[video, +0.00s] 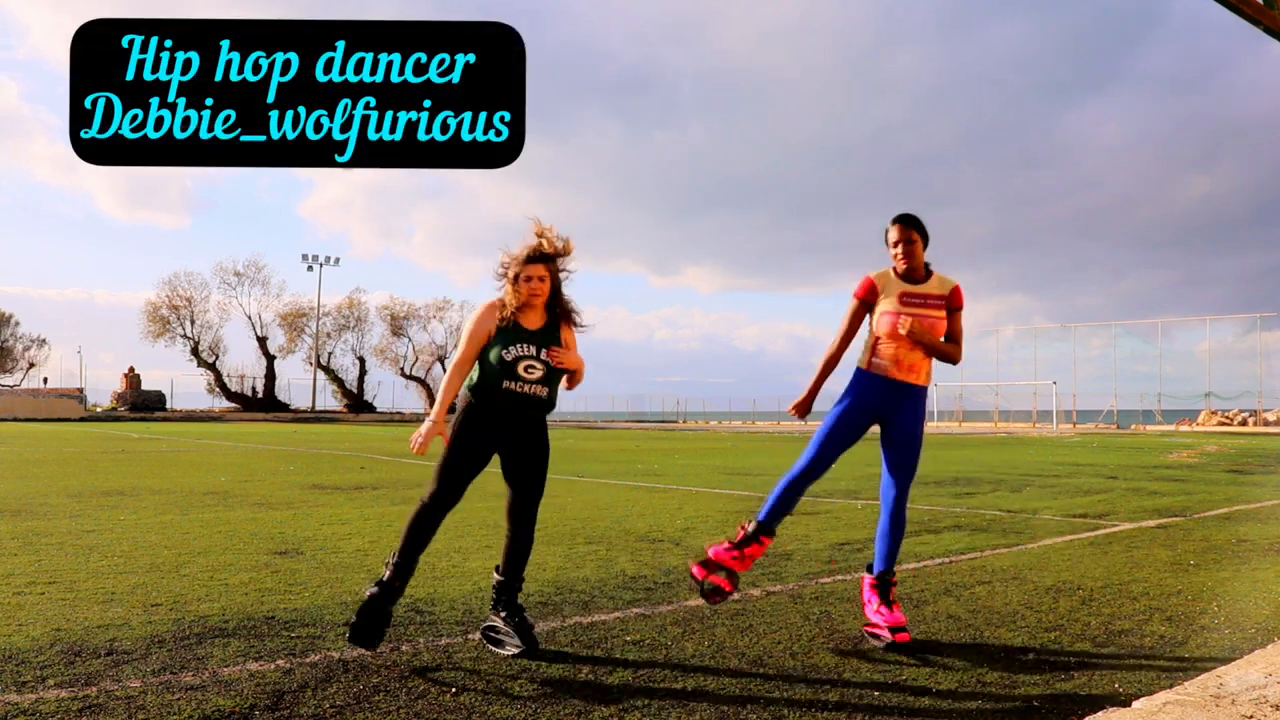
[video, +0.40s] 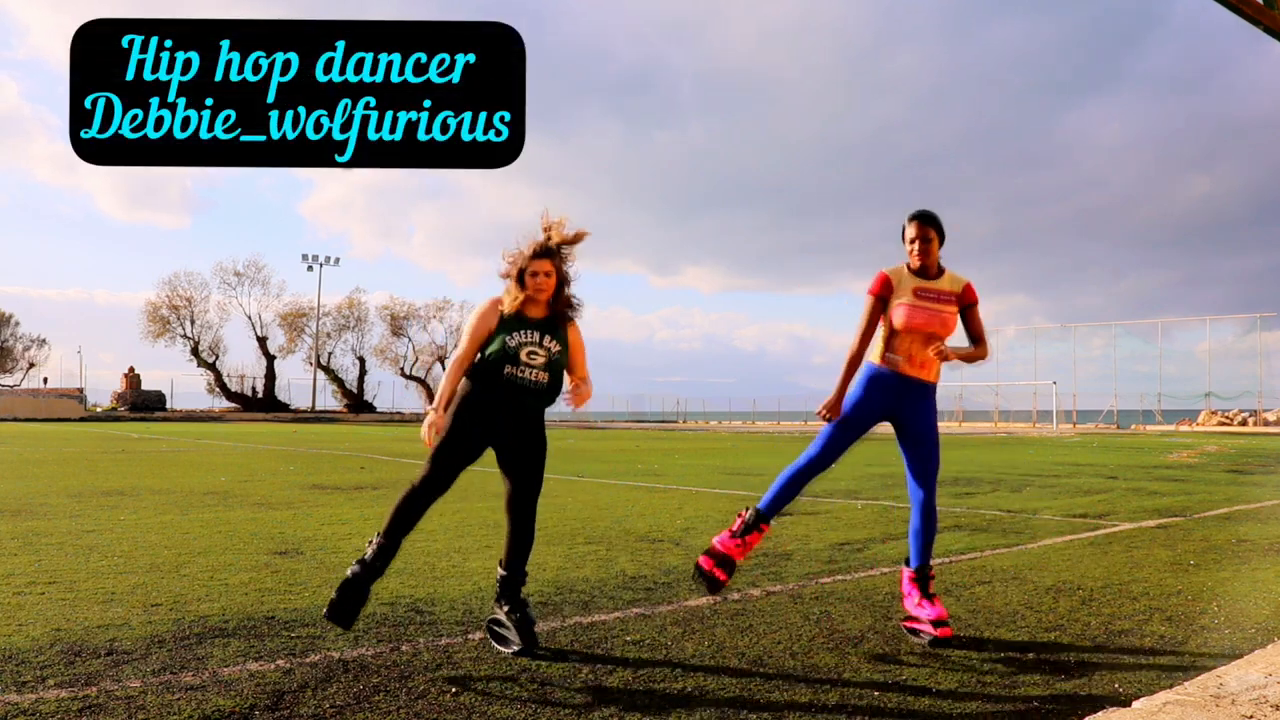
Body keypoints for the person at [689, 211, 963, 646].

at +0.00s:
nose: (901, 251)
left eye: (908, 242)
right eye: (895, 245)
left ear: (925, 244)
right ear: (888, 250)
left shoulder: (949, 291)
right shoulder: (877, 285)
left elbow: (954, 355)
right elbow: (841, 342)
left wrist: (921, 336)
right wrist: (810, 393)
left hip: (909, 400)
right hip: (865, 389)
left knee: (896, 497)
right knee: (810, 466)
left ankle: (880, 589)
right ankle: (757, 535)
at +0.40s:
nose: (917, 248)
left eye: (924, 240)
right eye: (911, 241)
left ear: (940, 243)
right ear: (904, 245)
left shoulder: (961, 289)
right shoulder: (890, 281)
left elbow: (981, 349)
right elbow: (862, 339)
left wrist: (956, 352)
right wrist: (839, 393)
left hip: (920, 397)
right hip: (876, 384)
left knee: (924, 494)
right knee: (817, 459)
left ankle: (917, 590)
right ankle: (747, 529)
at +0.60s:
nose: (898, 229)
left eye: (906, 223)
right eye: (892, 222)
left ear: (919, 228)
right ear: (883, 226)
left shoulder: (941, 263)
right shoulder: (865, 263)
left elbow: (988, 300)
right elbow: (837, 319)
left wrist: (980, 345)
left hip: (913, 373)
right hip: (869, 369)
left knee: (918, 477)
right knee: (840, 464)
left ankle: (923, 575)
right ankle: (817, 559)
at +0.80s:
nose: (866, 231)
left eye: (874, 225)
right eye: (861, 223)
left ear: (887, 230)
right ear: (850, 226)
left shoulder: (905, 265)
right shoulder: (832, 267)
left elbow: (918, 324)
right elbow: (822, 328)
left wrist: (929, 377)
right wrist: (846, 287)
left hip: (903, 367)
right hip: (857, 372)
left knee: (943, 463)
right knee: (858, 478)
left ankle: (987, 552)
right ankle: (861, 576)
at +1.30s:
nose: (834, 239)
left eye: (841, 232)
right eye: (829, 231)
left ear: (854, 235)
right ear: (818, 235)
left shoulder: (876, 267)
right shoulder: (807, 279)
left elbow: (899, 324)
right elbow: (809, 338)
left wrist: (913, 374)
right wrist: (823, 280)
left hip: (891, 368)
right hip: (846, 377)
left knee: (944, 453)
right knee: (849, 479)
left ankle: (1001, 526)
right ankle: (857, 574)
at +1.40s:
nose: (839, 256)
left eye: (846, 250)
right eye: (833, 249)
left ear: (856, 255)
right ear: (822, 254)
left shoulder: (877, 290)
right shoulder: (808, 298)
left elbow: (906, 341)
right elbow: (788, 349)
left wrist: (930, 390)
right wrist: (813, 301)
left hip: (889, 391)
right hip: (844, 400)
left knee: (935, 478)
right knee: (850, 493)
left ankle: (983, 554)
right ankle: (864, 585)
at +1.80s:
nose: (879, 246)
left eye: (885, 239)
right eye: (872, 240)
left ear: (899, 241)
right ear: (863, 244)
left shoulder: (919, 283)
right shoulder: (851, 279)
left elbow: (924, 344)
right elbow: (822, 337)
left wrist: (884, 320)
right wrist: (801, 391)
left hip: (888, 390)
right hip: (846, 380)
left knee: (876, 489)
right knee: (804, 464)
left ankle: (860, 578)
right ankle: (757, 547)